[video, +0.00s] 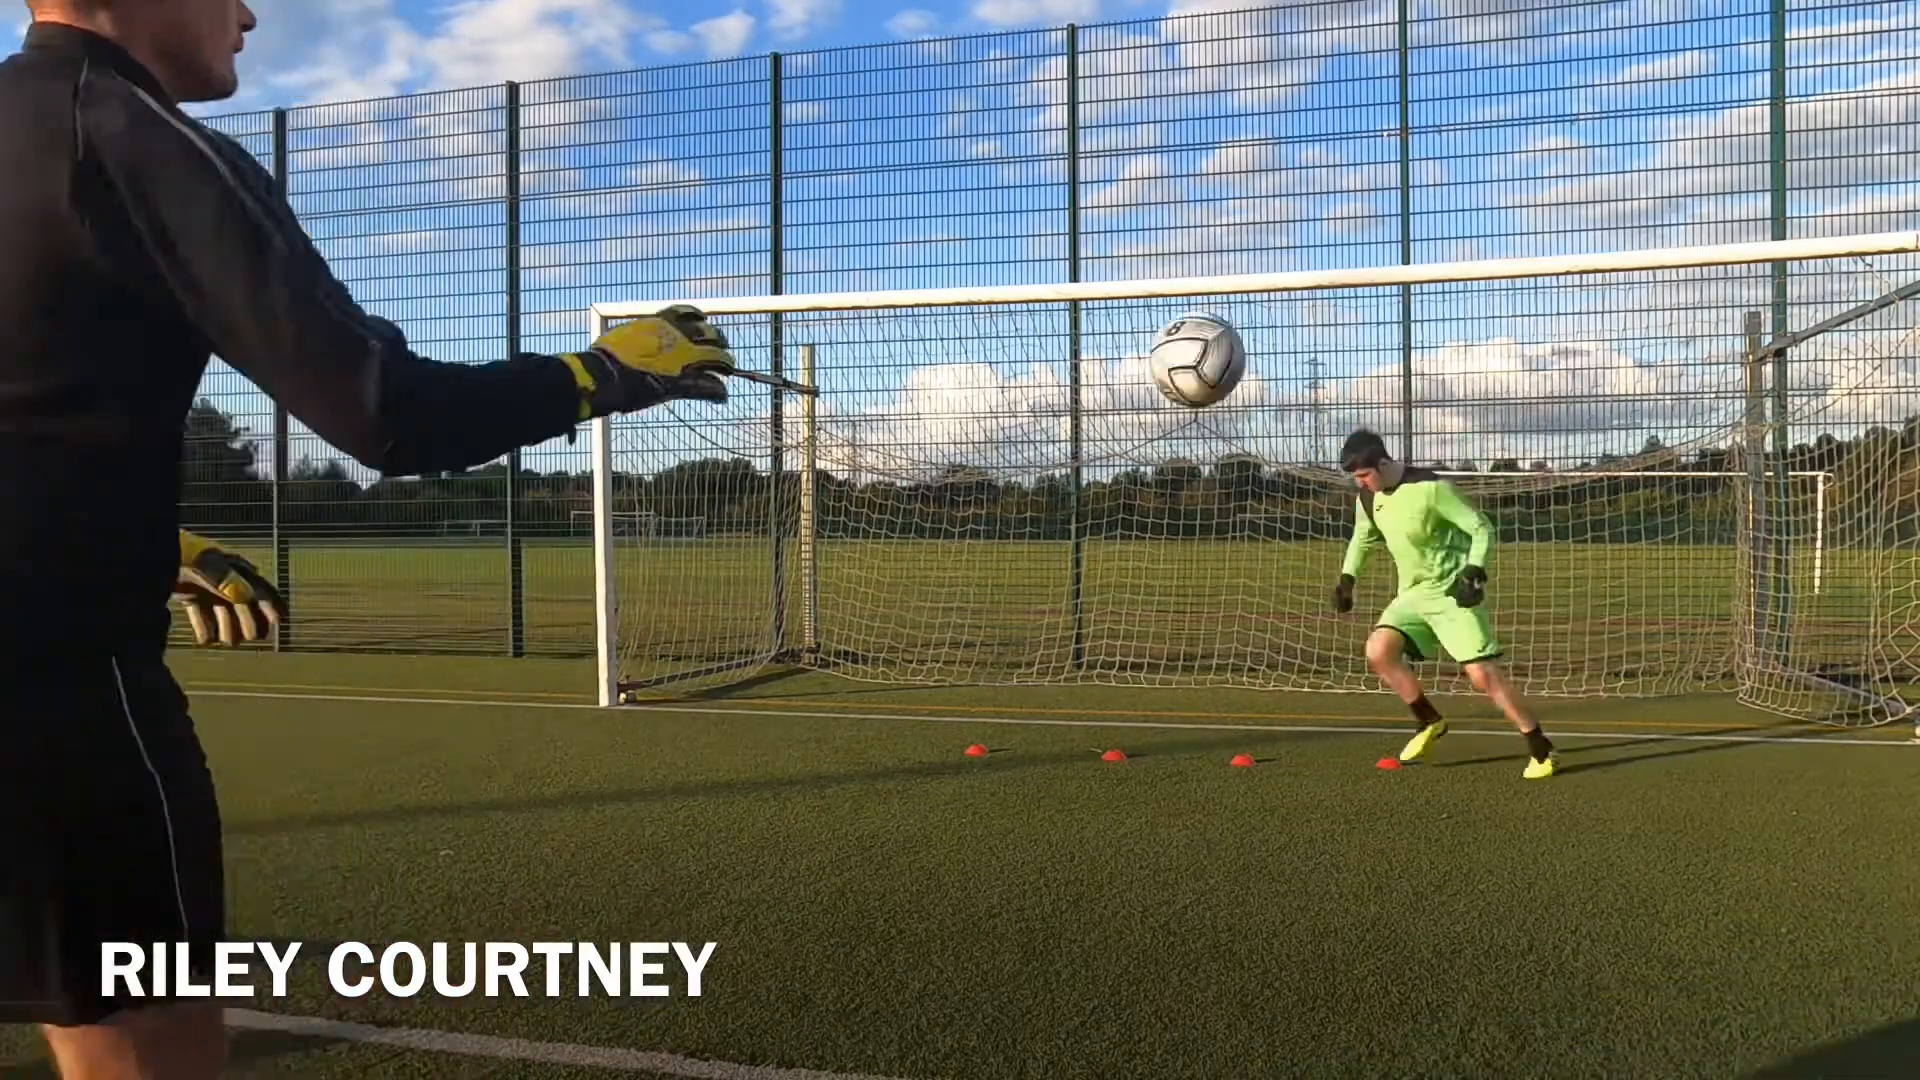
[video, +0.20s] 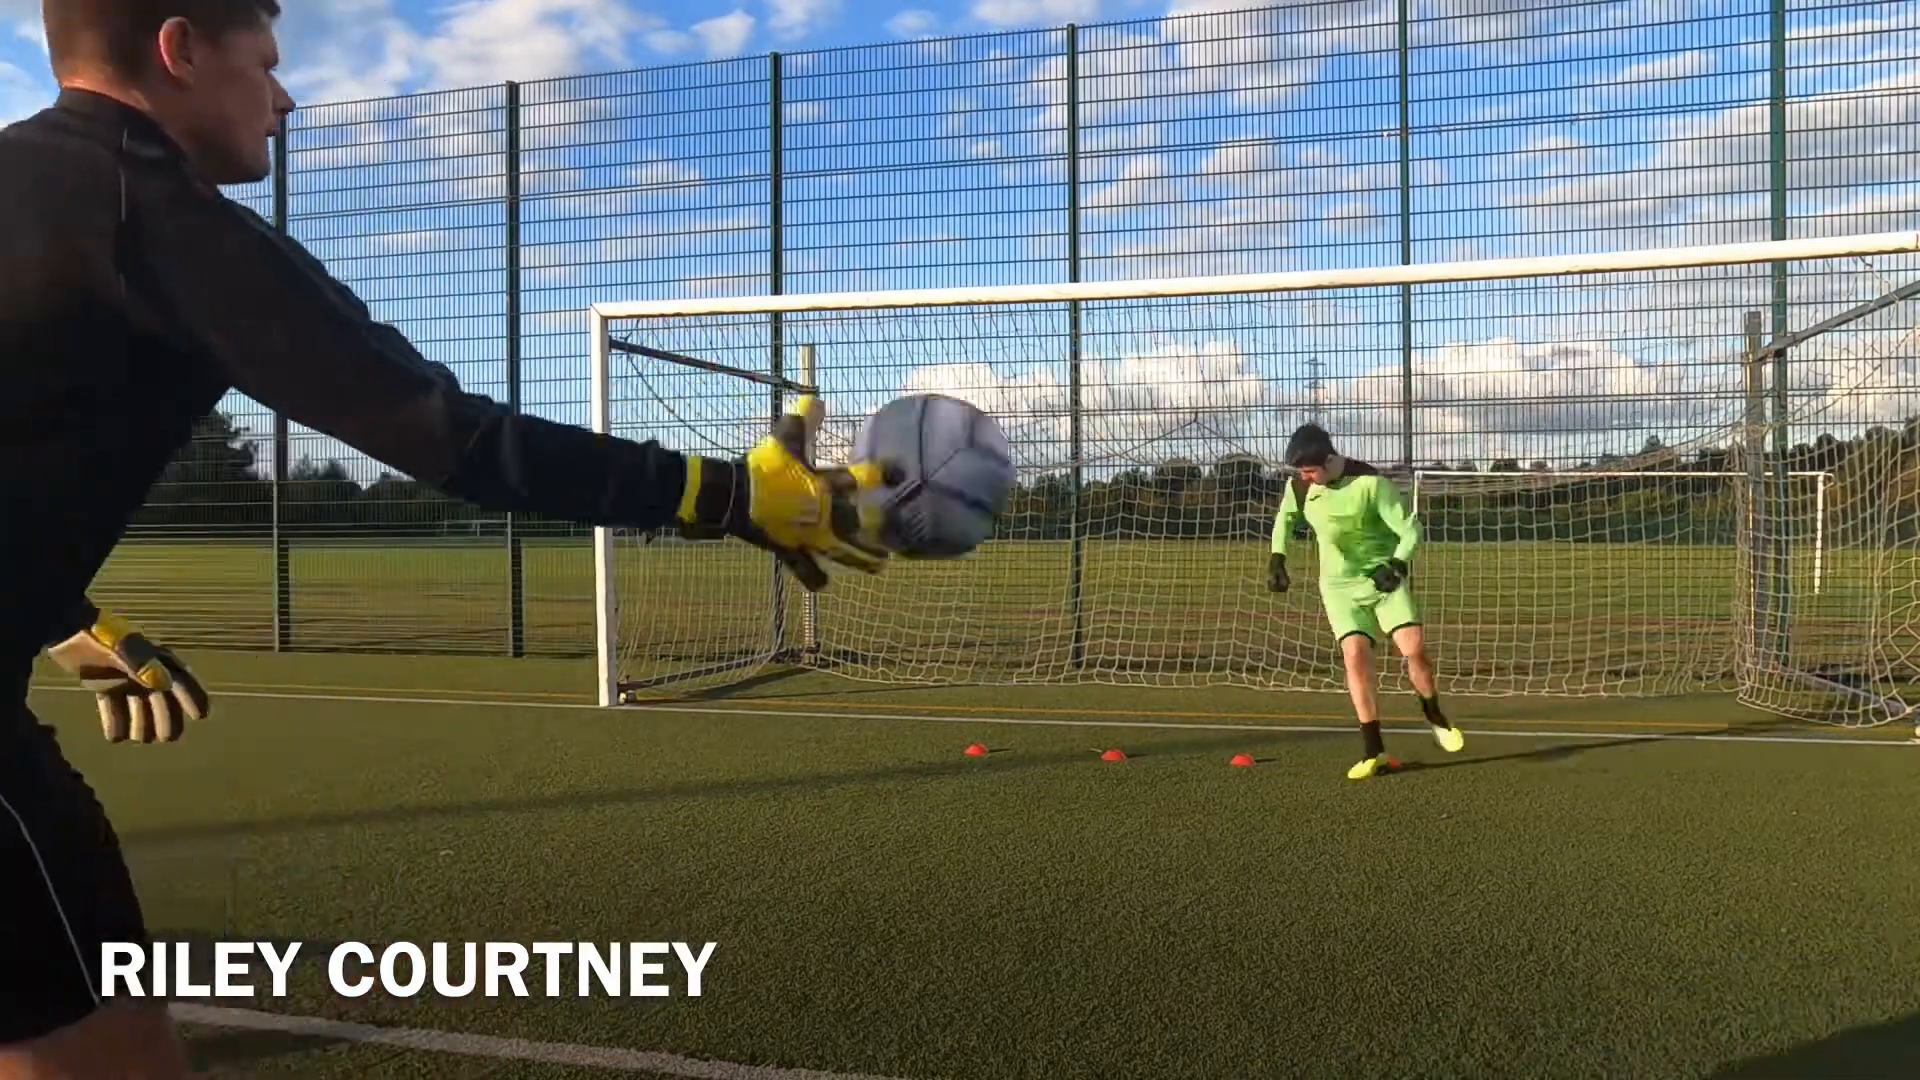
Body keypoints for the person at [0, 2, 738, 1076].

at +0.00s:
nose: (246, 12)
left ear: (83, 1)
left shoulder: (17, 113)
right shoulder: (133, 142)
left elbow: (19, 420)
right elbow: (389, 410)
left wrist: (151, 551)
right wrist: (601, 374)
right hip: (69, 667)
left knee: (106, 1048)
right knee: (149, 1051)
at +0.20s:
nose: (282, 100)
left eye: (275, 62)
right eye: (263, 59)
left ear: (141, 56)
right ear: (172, 50)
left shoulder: (24, 167)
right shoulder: (150, 210)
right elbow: (446, 432)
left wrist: (70, 624)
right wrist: (734, 495)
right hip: (6, 723)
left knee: (76, 1031)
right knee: (109, 1040)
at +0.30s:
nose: (273, 131)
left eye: (274, 101)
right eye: (262, 98)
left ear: (75, 84)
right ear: (187, 77)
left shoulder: (14, 183)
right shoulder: (154, 229)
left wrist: (20, 653)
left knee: (68, 1039)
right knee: (86, 1044)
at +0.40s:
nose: (252, 139)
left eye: (255, 108)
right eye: (246, 104)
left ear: (67, 83)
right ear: (181, 85)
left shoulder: (17, 184)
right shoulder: (105, 236)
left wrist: (10, 656)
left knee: (59, 1040)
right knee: (71, 1046)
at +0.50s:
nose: (205, 130)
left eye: (209, 98)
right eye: (202, 92)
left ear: (47, 64)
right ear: (139, 64)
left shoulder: (34, 192)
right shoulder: (69, 220)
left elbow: (5, 530)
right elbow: (5, 533)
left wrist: (72, 682)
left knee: (58, 1033)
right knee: (55, 1040)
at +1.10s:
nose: (125, 190)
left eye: (136, 166)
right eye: (131, 157)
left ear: (38, 106)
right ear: (88, 107)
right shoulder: (71, 247)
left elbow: (47, 541)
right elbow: (106, 536)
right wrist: (247, 592)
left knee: (28, 996)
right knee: (24, 1001)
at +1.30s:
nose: (238, 213)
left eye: (244, 189)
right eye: (240, 184)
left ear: (87, 147)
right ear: (199, 147)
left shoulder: (8, 235)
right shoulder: (196, 257)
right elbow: (198, 467)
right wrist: (345, 600)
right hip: (61, 693)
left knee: (160, 945)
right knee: (38, 1006)